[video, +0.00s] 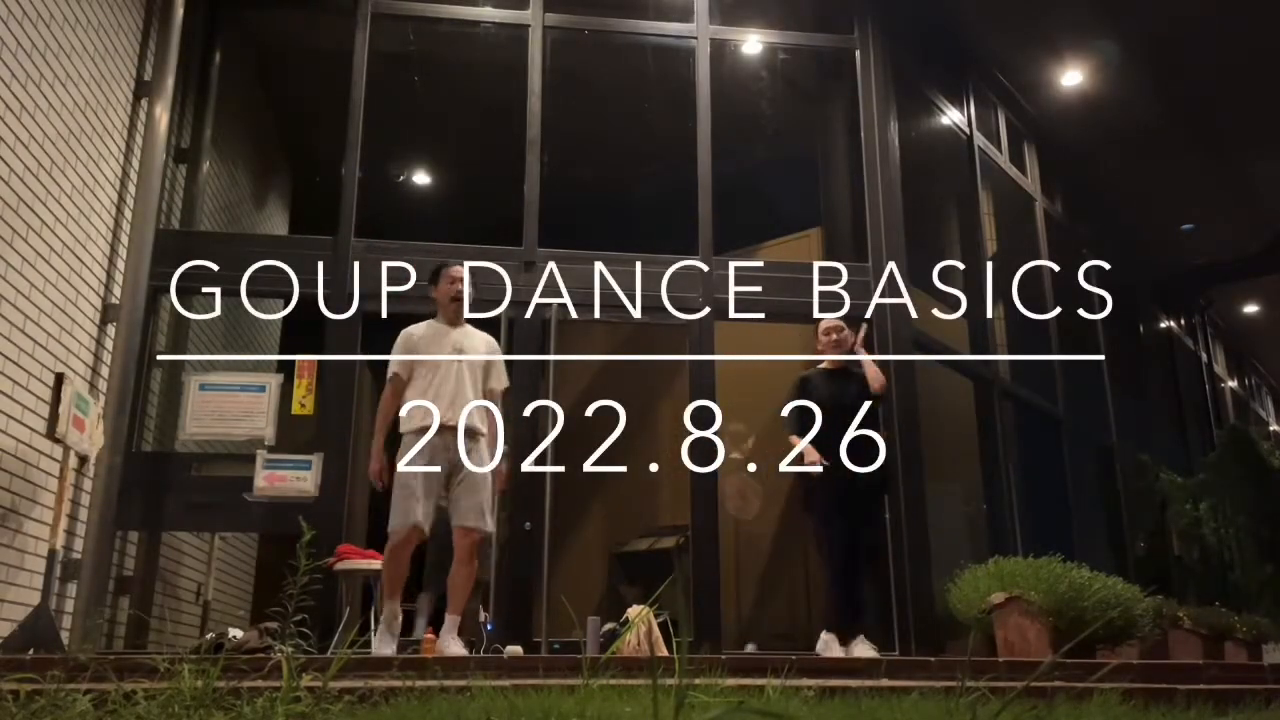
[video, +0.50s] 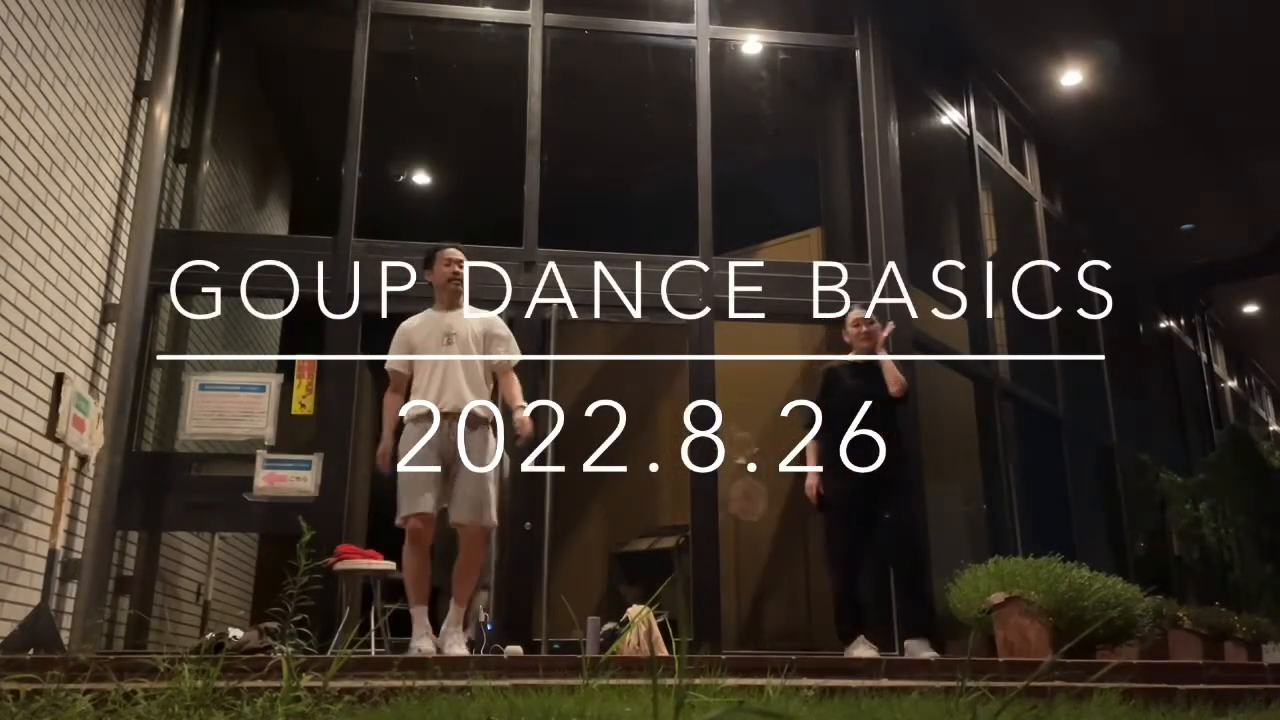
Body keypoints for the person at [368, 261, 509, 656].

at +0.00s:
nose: (459, 288)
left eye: (464, 283)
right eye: (452, 281)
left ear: (471, 293)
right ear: (434, 291)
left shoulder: (487, 344)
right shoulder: (412, 336)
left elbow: (495, 406)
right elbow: (392, 393)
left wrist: (499, 457)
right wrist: (378, 447)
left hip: (473, 445)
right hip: (421, 443)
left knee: (469, 541)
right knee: (405, 534)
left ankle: (449, 635)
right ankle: (389, 623)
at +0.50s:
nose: (456, 269)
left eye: (461, 264)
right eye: (448, 263)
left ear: (468, 274)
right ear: (431, 275)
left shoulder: (490, 324)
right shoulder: (410, 329)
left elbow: (507, 376)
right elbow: (396, 389)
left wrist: (519, 408)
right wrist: (387, 437)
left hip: (476, 434)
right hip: (422, 432)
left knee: (474, 530)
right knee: (418, 527)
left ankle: (454, 626)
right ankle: (420, 629)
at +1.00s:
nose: (466, 258)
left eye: (471, 252)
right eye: (458, 252)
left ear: (478, 262)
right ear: (439, 262)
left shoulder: (498, 314)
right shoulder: (419, 316)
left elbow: (509, 377)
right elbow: (406, 376)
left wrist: (514, 429)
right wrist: (408, 424)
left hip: (488, 429)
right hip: (434, 428)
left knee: (489, 528)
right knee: (429, 528)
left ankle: (485, 630)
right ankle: (422, 629)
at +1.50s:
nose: (495, 257)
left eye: (499, 251)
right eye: (486, 249)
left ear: (503, 262)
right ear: (462, 258)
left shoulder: (514, 315)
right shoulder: (433, 310)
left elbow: (527, 378)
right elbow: (410, 372)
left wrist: (537, 421)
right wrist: (396, 427)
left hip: (498, 424)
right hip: (443, 423)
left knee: (499, 524)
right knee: (448, 526)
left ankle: (488, 631)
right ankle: (457, 630)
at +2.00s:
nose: (450, 249)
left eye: (454, 243)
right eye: (441, 240)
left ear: (456, 249)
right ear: (417, 242)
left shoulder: (458, 297)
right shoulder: (382, 286)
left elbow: (498, 298)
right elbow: (340, 280)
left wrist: (484, 250)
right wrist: (367, 233)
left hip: (436, 406)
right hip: (378, 404)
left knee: (446, 511)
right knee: (347, 510)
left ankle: (442, 623)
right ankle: (321, 620)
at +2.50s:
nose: (422, 267)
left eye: (426, 259)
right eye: (414, 259)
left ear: (430, 262)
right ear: (389, 259)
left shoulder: (444, 311)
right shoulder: (360, 316)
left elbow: (463, 367)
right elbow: (336, 379)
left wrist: (479, 418)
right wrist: (319, 439)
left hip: (433, 429)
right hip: (373, 429)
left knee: (445, 506)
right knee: (345, 522)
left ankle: (459, 613)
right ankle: (320, 626)